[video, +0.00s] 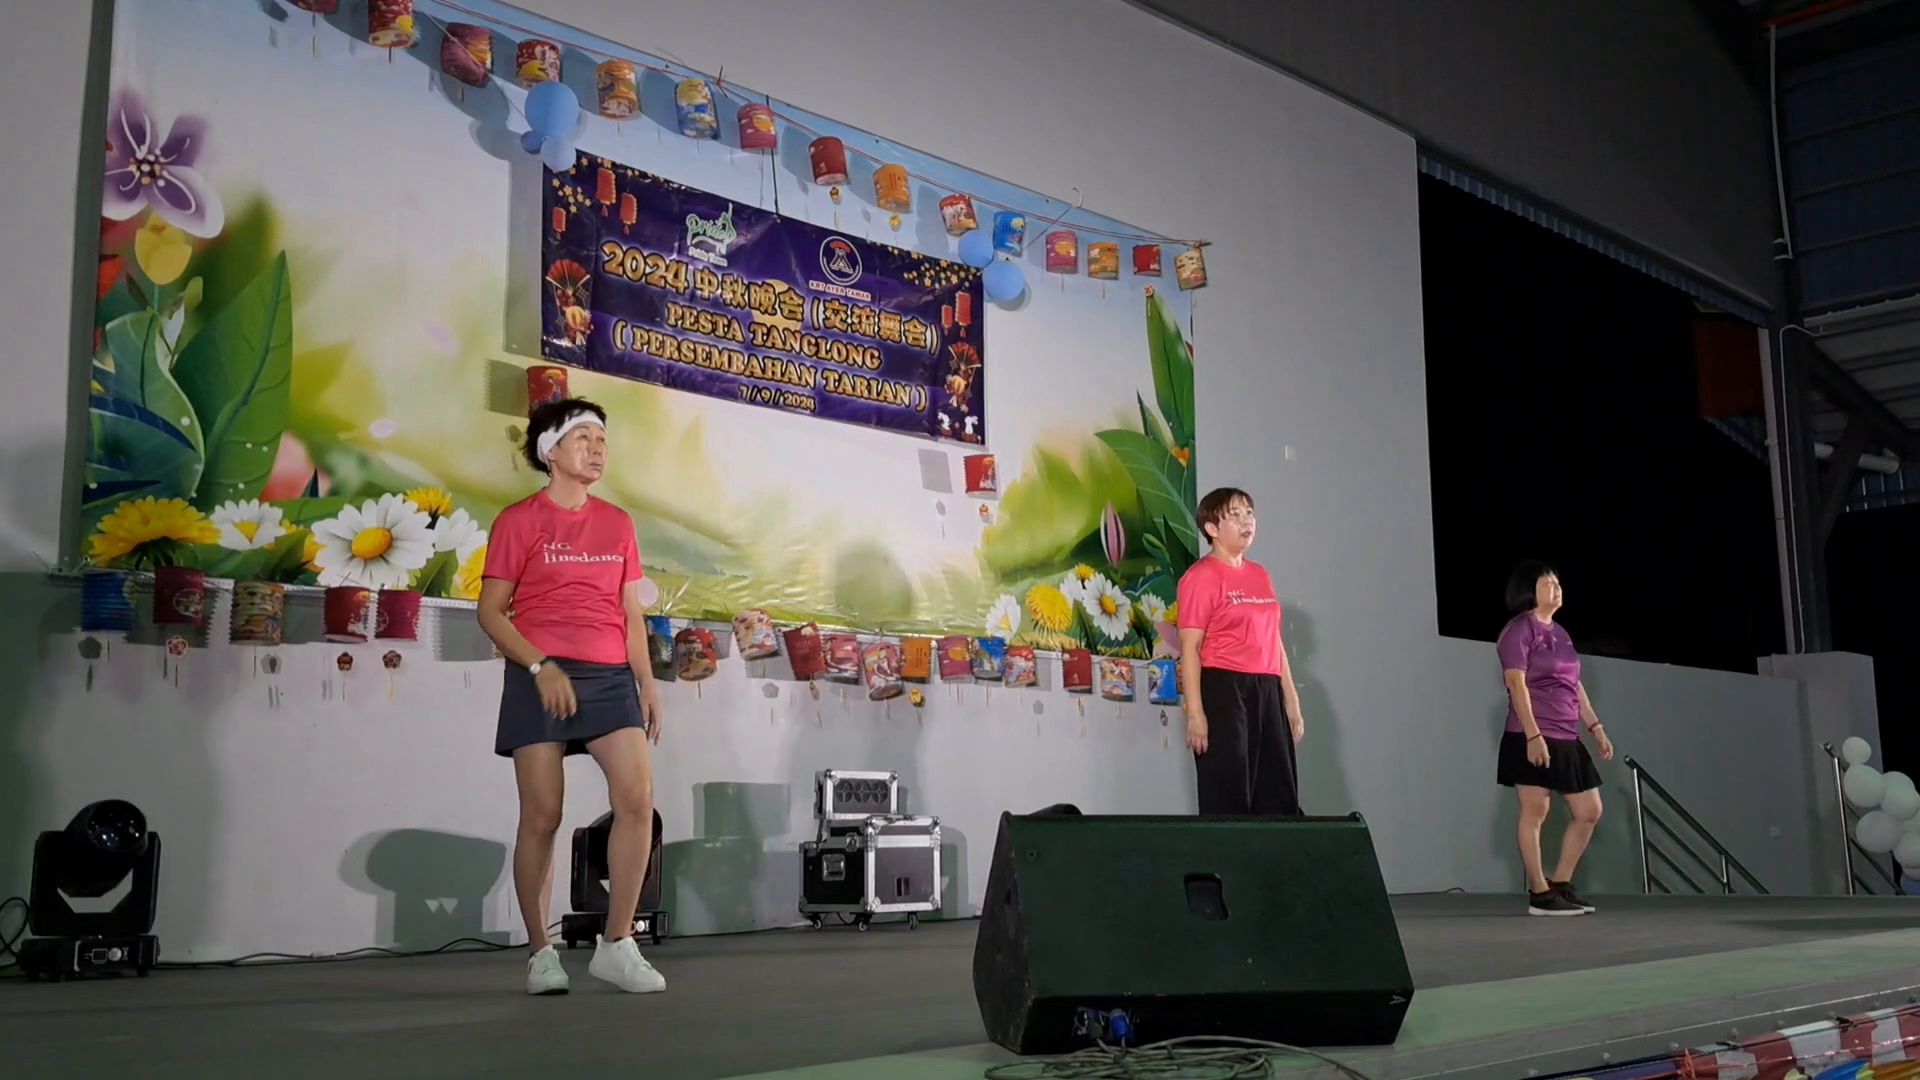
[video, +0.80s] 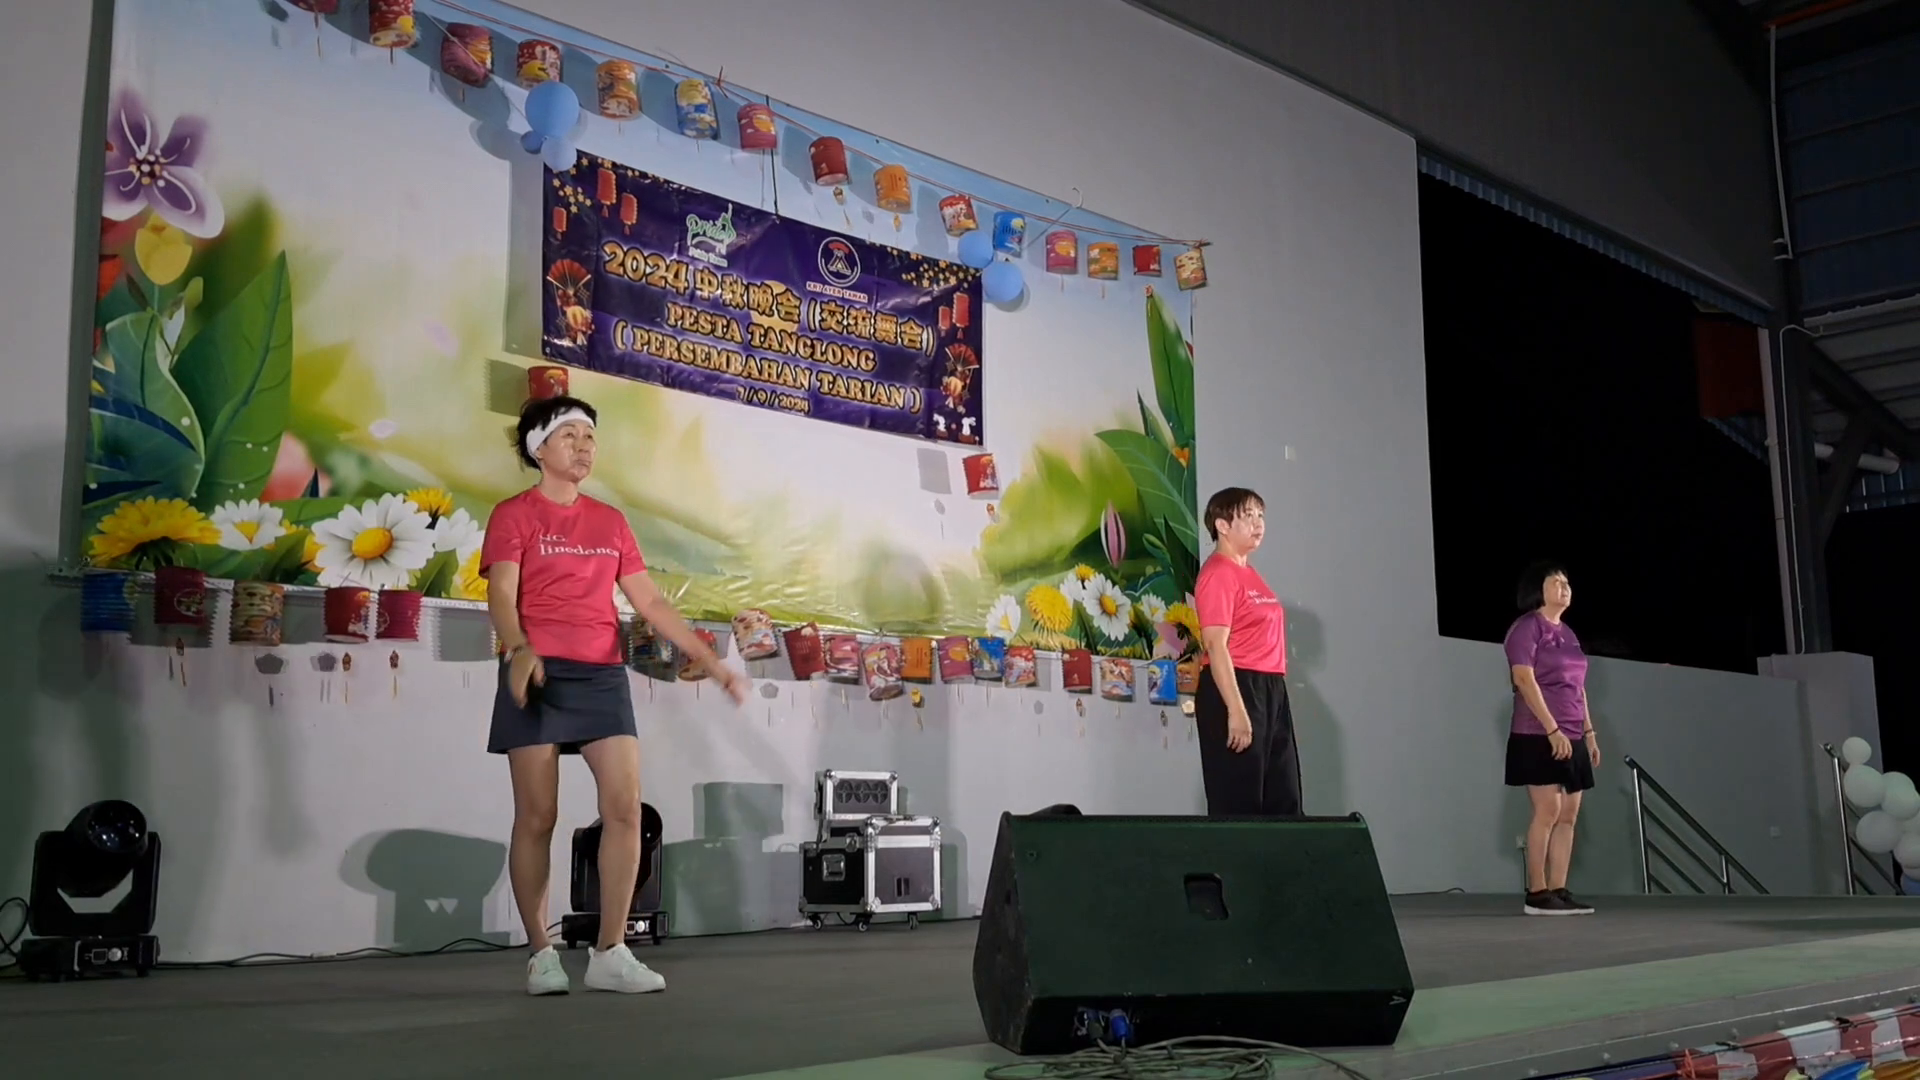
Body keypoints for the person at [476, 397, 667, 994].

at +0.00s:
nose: (596, 448)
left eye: (601, 440)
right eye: (583, 438)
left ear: (606, 453)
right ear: (551, 448)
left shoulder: (617, 523)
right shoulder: (518, 520)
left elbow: (632, 614)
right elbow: (491, 612)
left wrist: (646, 684)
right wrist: (539, 664)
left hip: (611, 681)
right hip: (538, 678)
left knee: (637, 800)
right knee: (542, 813)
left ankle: (617, 942)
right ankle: (542, 949)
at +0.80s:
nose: (583, 446)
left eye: (589, 438)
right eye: (570, 436)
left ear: (595, 449)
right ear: (538, 447)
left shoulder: (609, 521)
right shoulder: (515, 514)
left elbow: (651, 603)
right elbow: (502, 591)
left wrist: (710, 661)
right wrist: (516, 648)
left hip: (602, 676)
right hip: (534, 673)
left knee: (624, 807)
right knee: (537, 815)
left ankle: (609, 951)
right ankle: (542, 949)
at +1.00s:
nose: (580, 448)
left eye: (587, 438)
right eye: (566, 438)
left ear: (593, 450)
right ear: (536, 450)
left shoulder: (611, 523)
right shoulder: (513, 516)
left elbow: (664, 591)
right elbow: (503, 580)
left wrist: (731, 586)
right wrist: (540, 577)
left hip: (600, 676)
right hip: (530, 674)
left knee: (624, 807)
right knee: (536, 816)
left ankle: (610, 950)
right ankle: (542, 950)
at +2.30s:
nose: (581, 438)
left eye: (586, 430)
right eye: (568, 428)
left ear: (593, 444)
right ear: (537, 442)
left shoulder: (616, 517)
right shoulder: (515, 512)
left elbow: (648, 599)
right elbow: (500, 595)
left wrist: (686, 668)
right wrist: (512, 661)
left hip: (607, 677)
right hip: (538, 674)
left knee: (619, 810)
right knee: (539, 813)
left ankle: (610, 952)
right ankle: (541, 950)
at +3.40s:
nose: (592, 466)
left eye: (599, 455)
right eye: (580, 454)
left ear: (606, 461)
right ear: (546, 457)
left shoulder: (619, 526)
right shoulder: (507, 528)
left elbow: (645, 607)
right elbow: (484, 616)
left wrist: (667, 608)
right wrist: (438, 656)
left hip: (604, 684)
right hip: (530, 683)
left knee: (623, 809)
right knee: (531, 827)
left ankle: (594, 951)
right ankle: (512, 930)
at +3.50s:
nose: (584, 482)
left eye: (594, 472)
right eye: (572, 469)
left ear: (601, 478)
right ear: (544, 470)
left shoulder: (615, 539)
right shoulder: (504, 540)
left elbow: (634, 623)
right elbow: (477, 632)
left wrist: (627, 649)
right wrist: (427, 704)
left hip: (596, 697)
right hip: (519, 696)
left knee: (624, 811)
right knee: (510, 836)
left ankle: (593, 949)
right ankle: (503, 945)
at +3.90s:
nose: (602, 493)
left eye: (612, 484)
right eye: (591, 480)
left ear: (619, 491)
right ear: (562, 484)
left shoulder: (620, 550)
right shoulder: (518, 544)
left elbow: (653, 613)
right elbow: (490, 621)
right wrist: (457, 682)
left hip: (586, 709)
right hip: (511, 703)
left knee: (641, 808)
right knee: (507, 839)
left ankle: (635, 950)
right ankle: (506, 947)